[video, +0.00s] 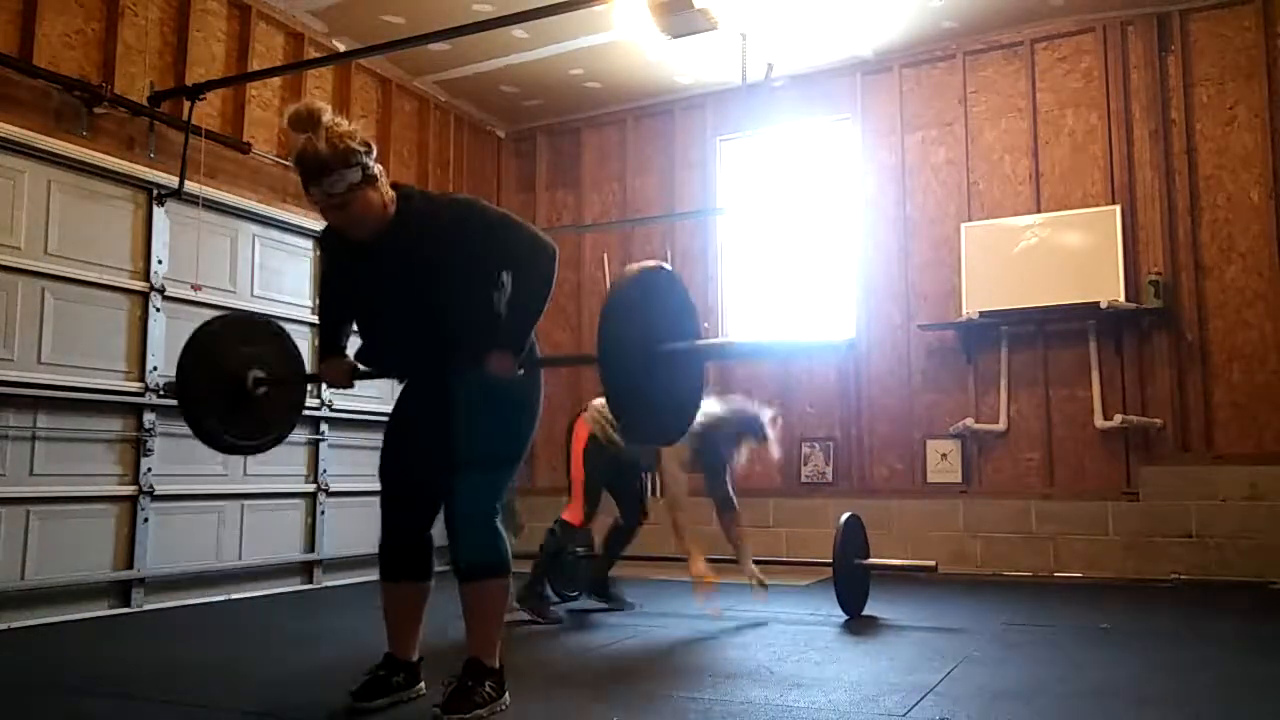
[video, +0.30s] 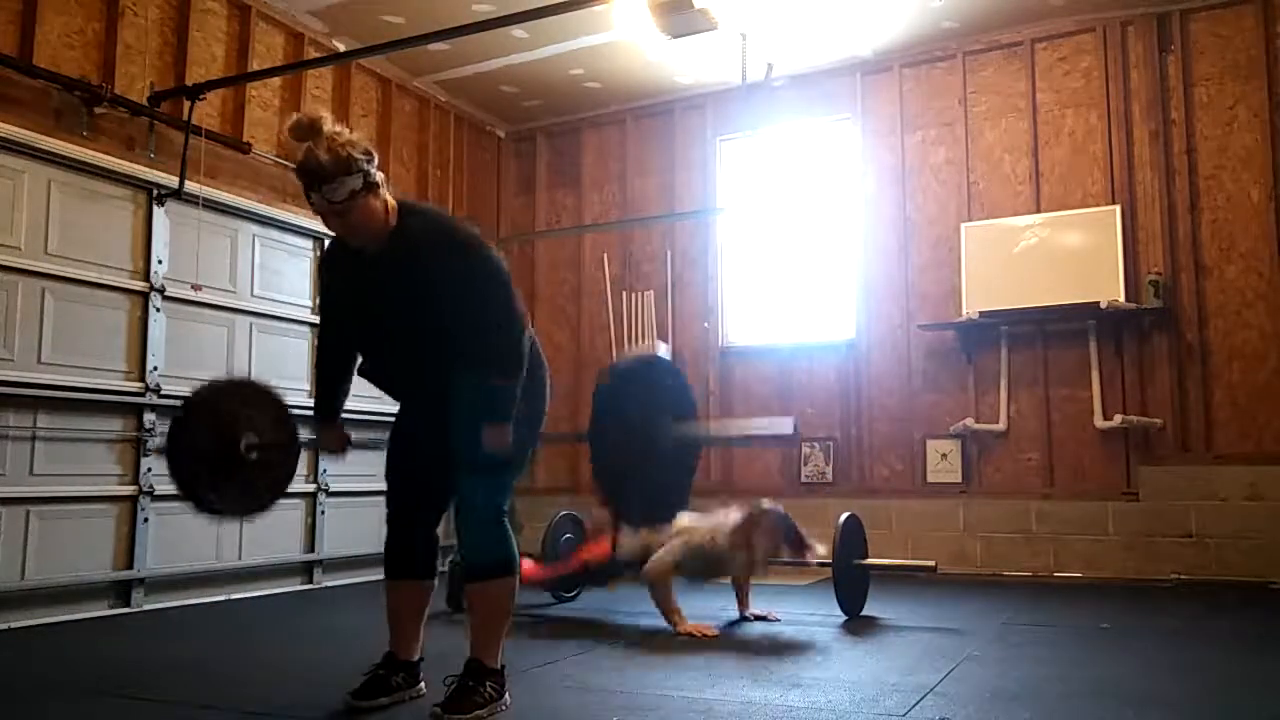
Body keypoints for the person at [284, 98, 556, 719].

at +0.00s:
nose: (335, 217)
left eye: (343, 201)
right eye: (324, 207)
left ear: (378, 182)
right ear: (317, 204)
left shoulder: (450, 219)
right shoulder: (338, 248)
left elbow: (538, 254)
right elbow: (334, 311)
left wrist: (512, 342)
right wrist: (331, 356)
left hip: (493, 377)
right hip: (423, 386)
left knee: (472, 514)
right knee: (402, 516)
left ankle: (485, 670)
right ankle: (402, 664)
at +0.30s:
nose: (335, 220)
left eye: (344, 205)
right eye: (324, 211)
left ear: (376, 190)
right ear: (316, 211)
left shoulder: (444, 240)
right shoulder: (340, 264)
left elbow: (505, 321)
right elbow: (335, 342)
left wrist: (502, 409)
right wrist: (327, 415)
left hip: (494, 387)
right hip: (427, 395)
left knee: (481, 513)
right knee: (407, 516)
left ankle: (486, 672)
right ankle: (403, 663)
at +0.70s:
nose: (338, 251)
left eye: (348, 237)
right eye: (330, 241)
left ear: (384, 229)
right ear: (324, 244)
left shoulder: (450, 287)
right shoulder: (343, 311)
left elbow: (479, 392)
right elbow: (332, 403)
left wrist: (486, 487)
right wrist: (319, 490)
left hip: (508, 399)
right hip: (429, 410)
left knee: (477, 515)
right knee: (397, 515)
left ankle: (485, 671)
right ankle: (401, 665)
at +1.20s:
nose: (352, 184)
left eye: (360, 168)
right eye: (337, 175)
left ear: (386, 147)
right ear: (323, 169)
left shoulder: (448, 190)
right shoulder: (344, 220)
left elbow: (536, 229)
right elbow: (340, 280)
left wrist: (509, 313)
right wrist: (329, 334)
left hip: (496, 366)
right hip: (426, 375)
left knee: (473, 513)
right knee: (400, 510)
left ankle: (486, 670)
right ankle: (403, 662)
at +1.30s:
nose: (344, 189)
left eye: (352, 173)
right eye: (330, 180)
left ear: (380, 155)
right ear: (317, 177)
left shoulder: (444, 194)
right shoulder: (343, 225)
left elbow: (537, 226)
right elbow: (341, 286)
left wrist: (510, 309)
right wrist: (332, 334)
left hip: (495, 370)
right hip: (426, 378)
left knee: (470, 514)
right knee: (396, 509)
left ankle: (486, 670)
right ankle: (403, 662)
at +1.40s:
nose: (339, 191)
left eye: (347, 175)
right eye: (325, 183)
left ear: (375, 159)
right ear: (312, 182)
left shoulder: (442, 203)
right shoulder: (337, 234)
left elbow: (529, 246)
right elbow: (338, 295)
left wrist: (508, 333)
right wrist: (327, 349)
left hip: (495, 374)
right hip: (426, 380)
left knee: (474, 512)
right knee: (403, 512)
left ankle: (485, 669)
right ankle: (402, 662)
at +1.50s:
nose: (340, 201)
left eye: (347, 183)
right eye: (325, 194)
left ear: (373, 170)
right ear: (314, 196)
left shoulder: (443, 223)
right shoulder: (335, 248)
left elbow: (508, 285)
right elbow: (334, 321)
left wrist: (500, 373)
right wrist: (324, 387)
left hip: (493, 376)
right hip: (422, 387)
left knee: (479, 512)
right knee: (406, 514)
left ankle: (485, 668)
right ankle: (403, 662)